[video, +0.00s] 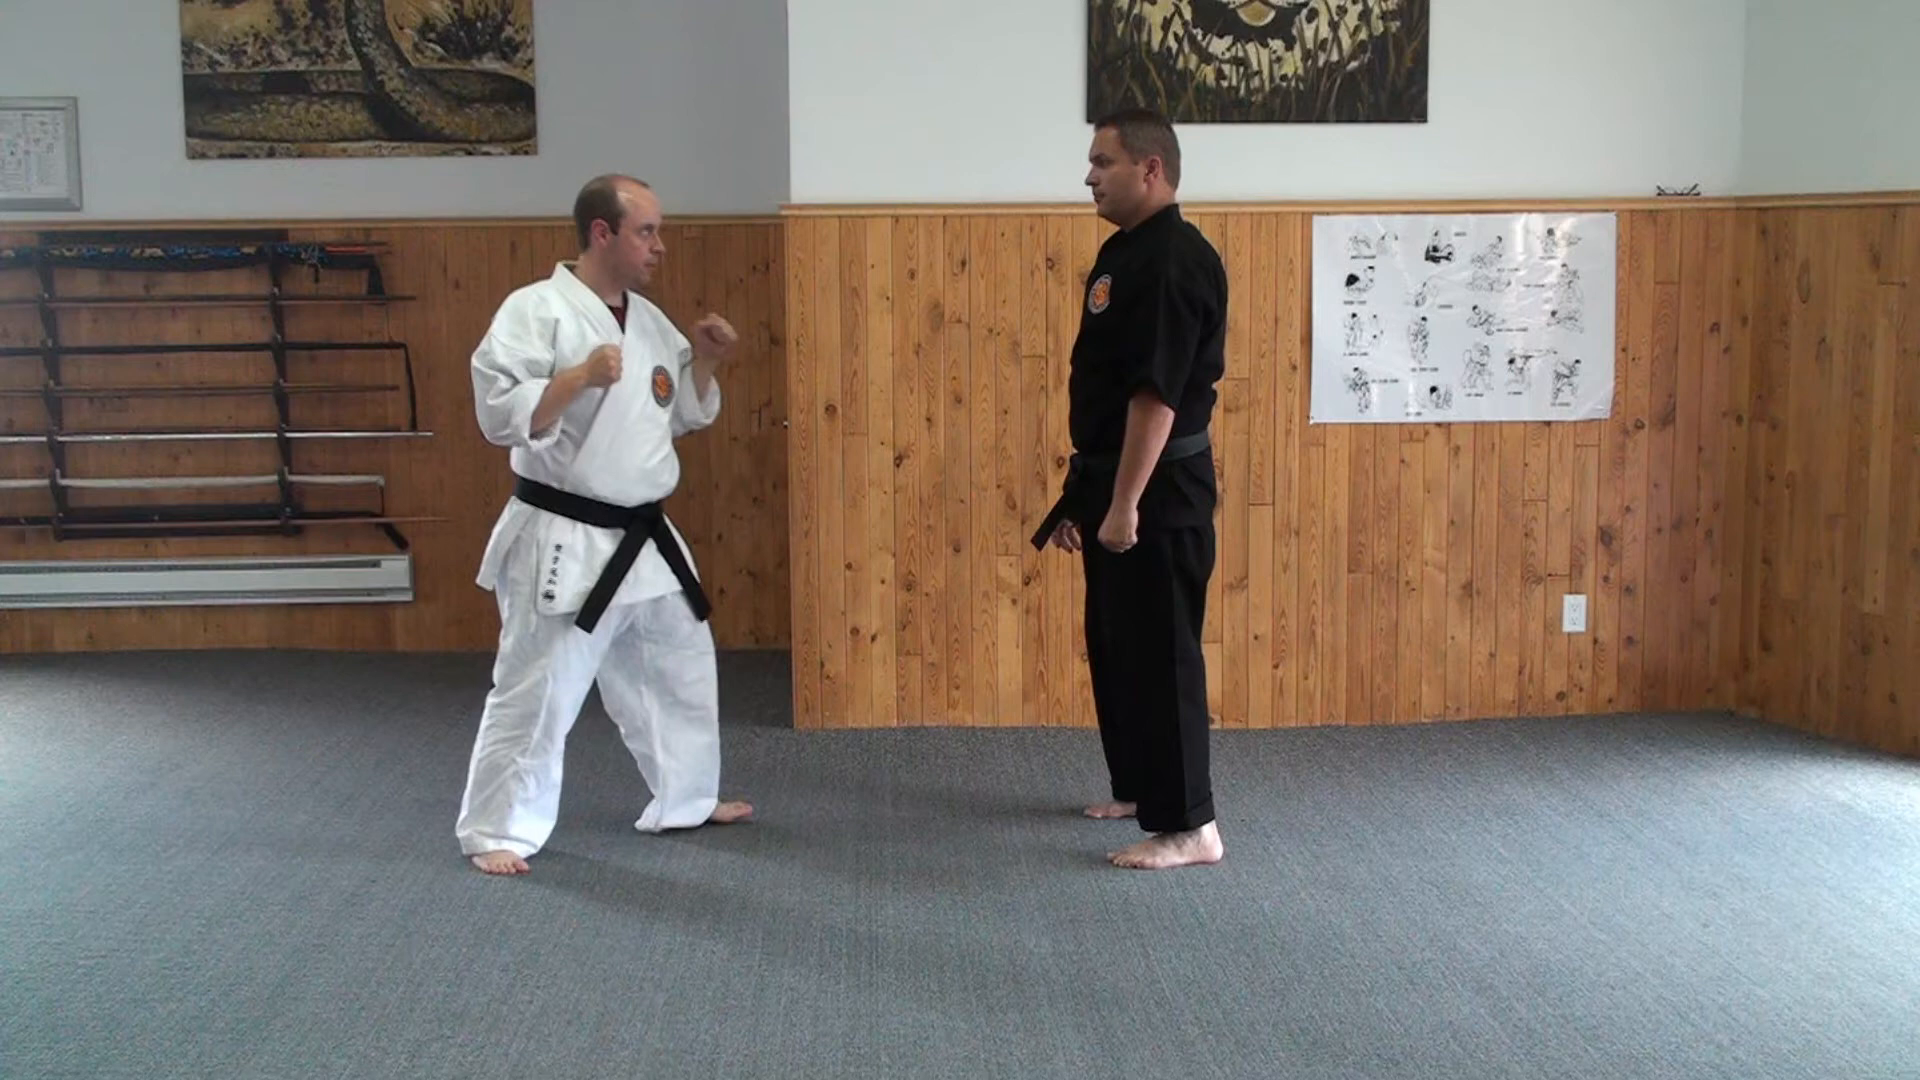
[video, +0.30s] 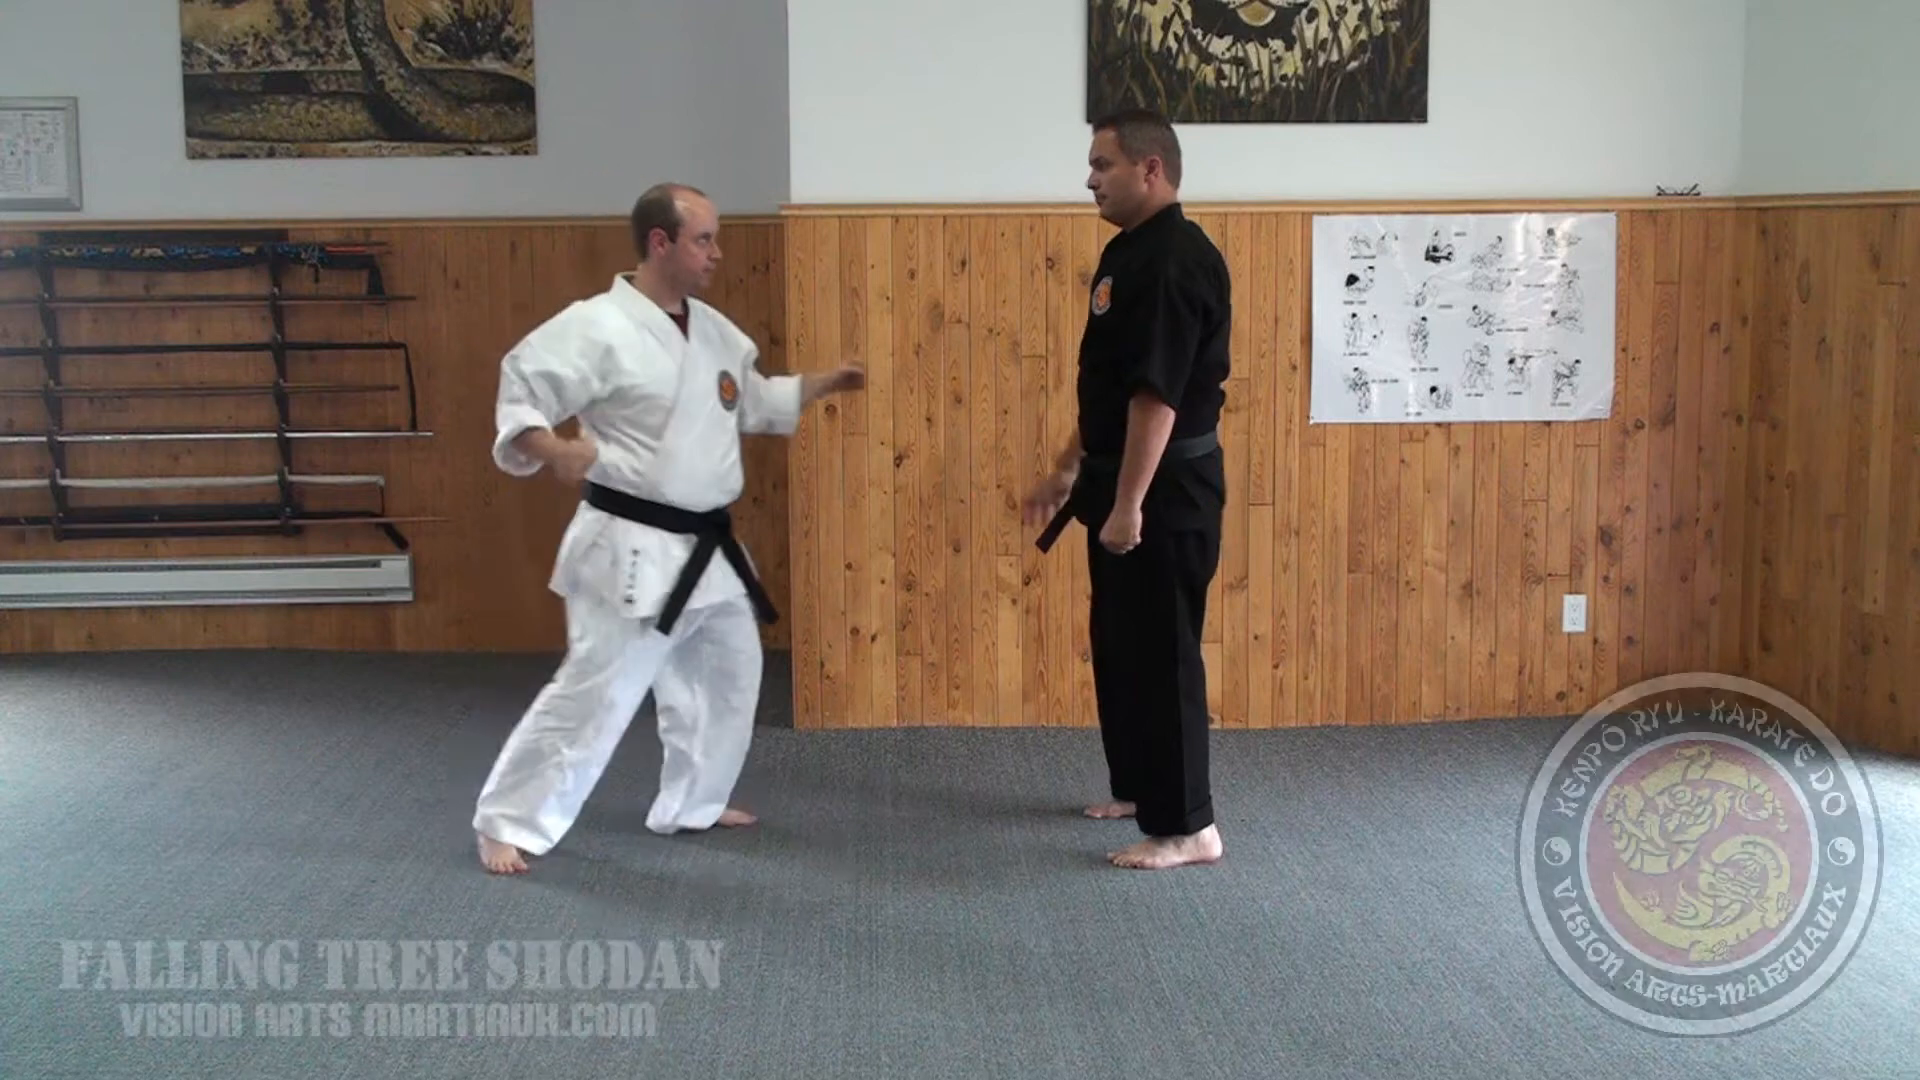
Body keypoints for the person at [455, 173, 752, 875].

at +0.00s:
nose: (659, 247)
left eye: (661, 233)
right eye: (648, 233)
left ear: (618, 236)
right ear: (600, 233)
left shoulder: (652, 322)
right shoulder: (533, 311)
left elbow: (675, 417)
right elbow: (500, 417)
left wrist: (707, 366)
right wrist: (580, 376)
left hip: (644, 531)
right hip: (562, 530)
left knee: (683, 663)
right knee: (535, 691)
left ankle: (684, 800)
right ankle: (492, 833)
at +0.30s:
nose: (716, 255)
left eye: (717, 241)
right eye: (704, 242)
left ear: (674, 245)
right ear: (660, 243)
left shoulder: (715, 332)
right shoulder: (599, 325)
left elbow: (748, 400)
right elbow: (517, 390)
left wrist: (817, 385)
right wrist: (549, 448)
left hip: (706, 542)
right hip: (629, 538)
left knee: (730, 669)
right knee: (594, 689)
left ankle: (691, 801)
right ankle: (507, 821)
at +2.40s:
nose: (892, 250)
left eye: (890, 236)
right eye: (883, 237)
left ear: (830, 247)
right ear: (848, 244)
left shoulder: (767, 330)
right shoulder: (877, 327)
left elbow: (730, 434)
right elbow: (907, 441)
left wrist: (790, 477)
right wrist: (951, 529)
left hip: (788, 539)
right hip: (871, 541)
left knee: (780, 676)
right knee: (947, 669)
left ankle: (721, 809)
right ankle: (964, 831)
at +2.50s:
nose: (885, 248)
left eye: (881, 235)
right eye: (875, 236)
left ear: (823, 249)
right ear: (843, 245)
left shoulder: (765, 333)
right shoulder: (873, 329)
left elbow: (731, 440)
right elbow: (894, 446)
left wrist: (792, 480)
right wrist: (933, 537)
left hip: (790, 540)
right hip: (872, 541)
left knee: (781, 677)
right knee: (950, 669)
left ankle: (721, 809)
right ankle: (965, 830)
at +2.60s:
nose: (877, 247)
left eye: (871, 234)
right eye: (866, 236)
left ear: (816, 253)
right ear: (835, 248)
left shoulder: (764, 338)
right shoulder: (868, 328)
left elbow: (731, 441)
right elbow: (891, 443)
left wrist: (789, 487)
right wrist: (928, 537)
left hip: (795, 540)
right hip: (873, 540)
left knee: (784, 678)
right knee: (956, 667)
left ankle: (721, 809)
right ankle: (965, 830)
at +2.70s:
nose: (868, 247)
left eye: (862, 233)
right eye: (857, 236)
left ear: (807, 258)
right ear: (827, 252)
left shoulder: (762, 343)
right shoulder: (867, 329)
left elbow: (733, 450)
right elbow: (896, 448)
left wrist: (793, 489)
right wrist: (933, 541)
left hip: (799, 544)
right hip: (878, 542)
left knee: (786, 679)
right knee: (963, 668)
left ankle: (722, 808)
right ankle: (966, 830)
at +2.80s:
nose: (858, 246)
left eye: (850, 235)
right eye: (847, 237)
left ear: (797, 262)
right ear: (820, 254)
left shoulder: (760, 348)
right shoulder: (867, 332)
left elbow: (735, 456)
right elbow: (897, 449)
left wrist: (793, 492)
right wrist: (935, 539)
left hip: (801, 547)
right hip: (880, 543)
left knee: (787, 680)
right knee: (966, 667)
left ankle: (723, 807)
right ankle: (966, 830)